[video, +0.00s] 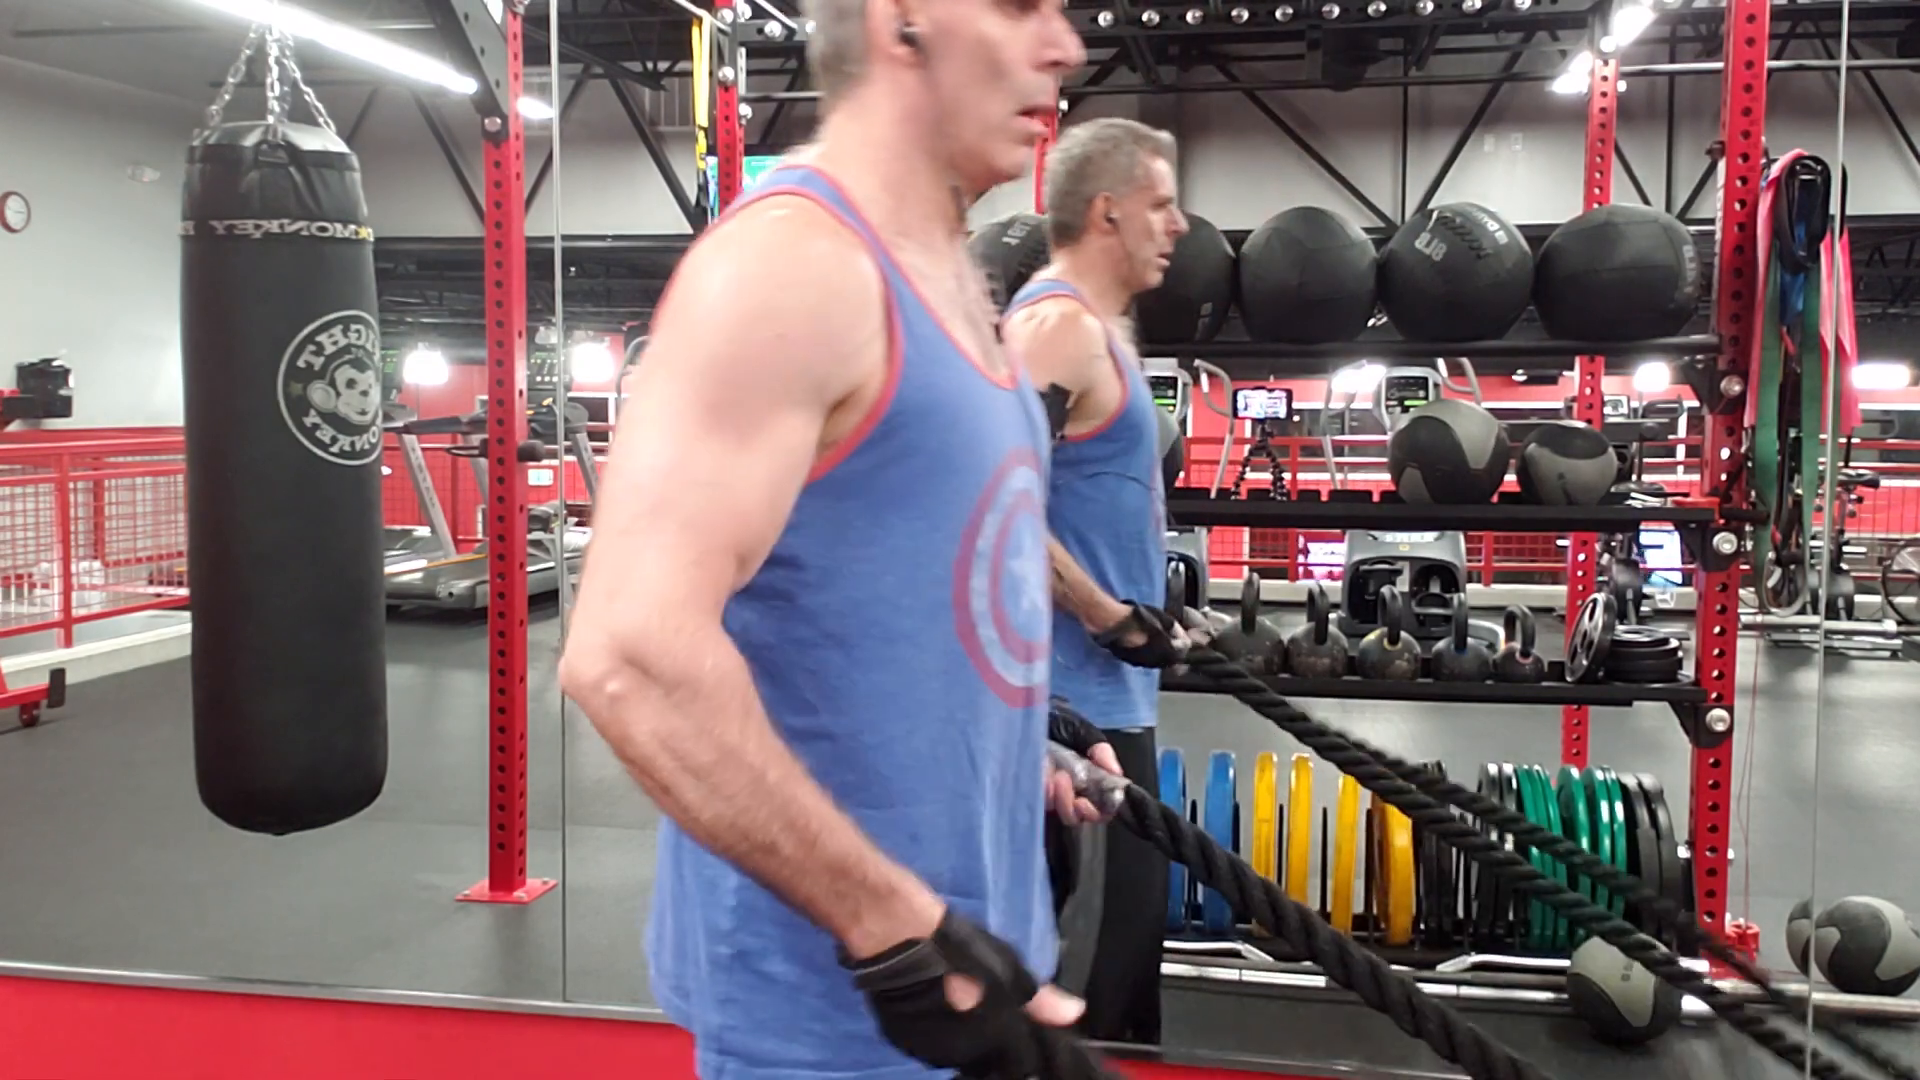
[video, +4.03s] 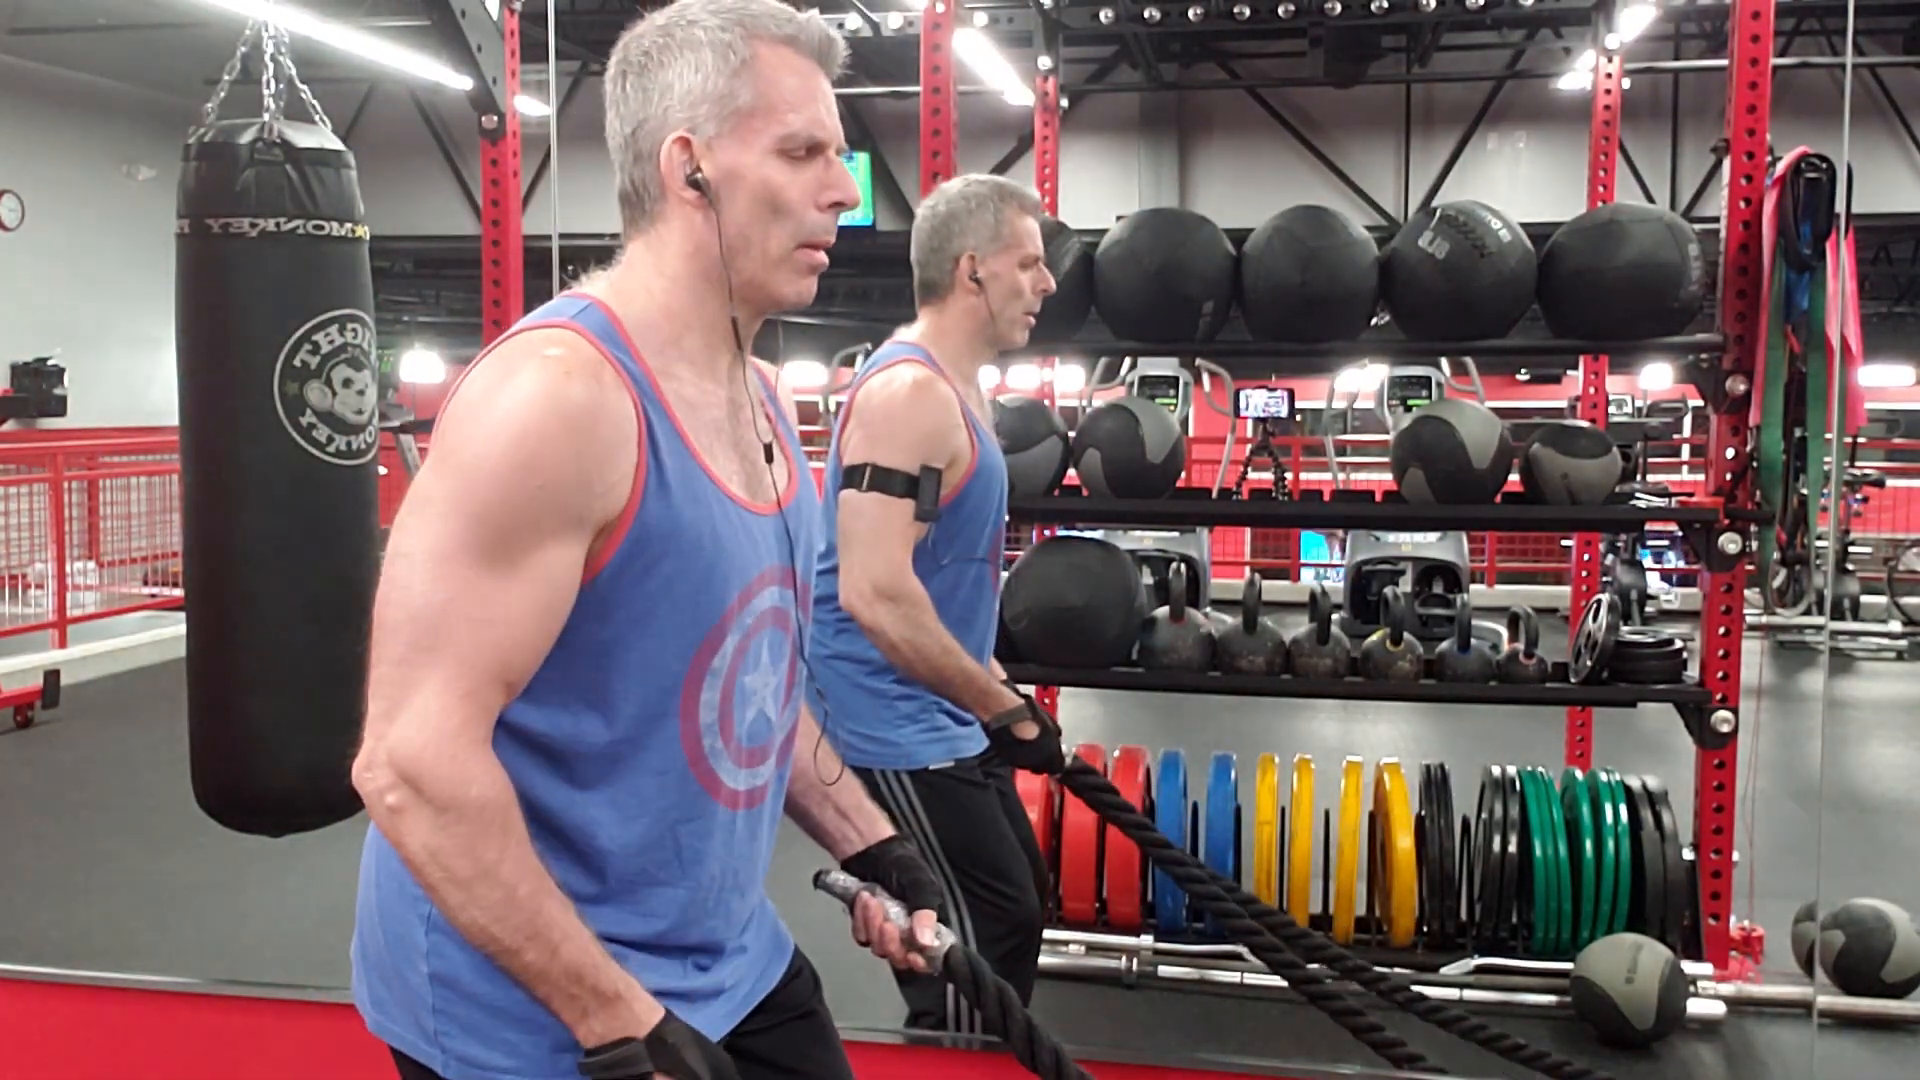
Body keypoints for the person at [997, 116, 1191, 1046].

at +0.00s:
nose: (1179, 226)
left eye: (1177, 206)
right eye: (1164, 205)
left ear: (1104, 213)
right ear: (1104, 212)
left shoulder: (1098, 328)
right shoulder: (1064, 329)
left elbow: (1079, 504)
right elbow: (1000, 504)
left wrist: (1156, 596)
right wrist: (1112, 618)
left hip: (1109, 695)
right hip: (1077, 702)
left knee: (1121, 931)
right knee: (1109, 934)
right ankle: (1086, 1068)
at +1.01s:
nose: (1008, 233)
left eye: (1007, 213)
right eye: (993, 211)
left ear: (934, 216)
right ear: (932, 212)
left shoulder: (924, 324)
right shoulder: (891, 326)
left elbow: (925, 508)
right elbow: (874, 516)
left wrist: (1011, 585)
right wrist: (1014, 620)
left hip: (924, 688)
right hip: (902, 697)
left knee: (910, 928)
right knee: (967, 933)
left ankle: (903, 1067)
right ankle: (935, 1075)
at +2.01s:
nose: (1056, 262)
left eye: (1057, 240)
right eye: (1043, 238)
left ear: (988, 239)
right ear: (985, 235)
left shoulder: (942, 350)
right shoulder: (917, 354)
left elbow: (934, 544)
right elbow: (891, 556)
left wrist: (1020, 639)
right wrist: (1018, 678)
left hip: (928, 719)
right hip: (901, 728)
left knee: (961, 976)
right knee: (951, 984)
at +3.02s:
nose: (1055, 284)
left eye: (1055, 263)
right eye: (1040, 261)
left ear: (989, 268)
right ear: (982, 265)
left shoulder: (955, 378)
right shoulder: (923, 377)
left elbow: (948, 571)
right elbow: (889, 574)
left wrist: (1017, 669)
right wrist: (1006, 696)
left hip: (939, 717)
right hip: (894, 725)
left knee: (986, 930)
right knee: (984, 928)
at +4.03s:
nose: (1047, 285)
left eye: (1045, 265)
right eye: (1032, 264)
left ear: (977, 276)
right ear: (974, 273)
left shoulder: (950, 390)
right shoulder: (908, 391)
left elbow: (926, 581)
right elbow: (877, 589)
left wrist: (999, 695)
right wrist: (999, 704)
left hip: (946, 727)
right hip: (896, 733)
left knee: (1009, 921)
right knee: (998, 929)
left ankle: (966, 1074)